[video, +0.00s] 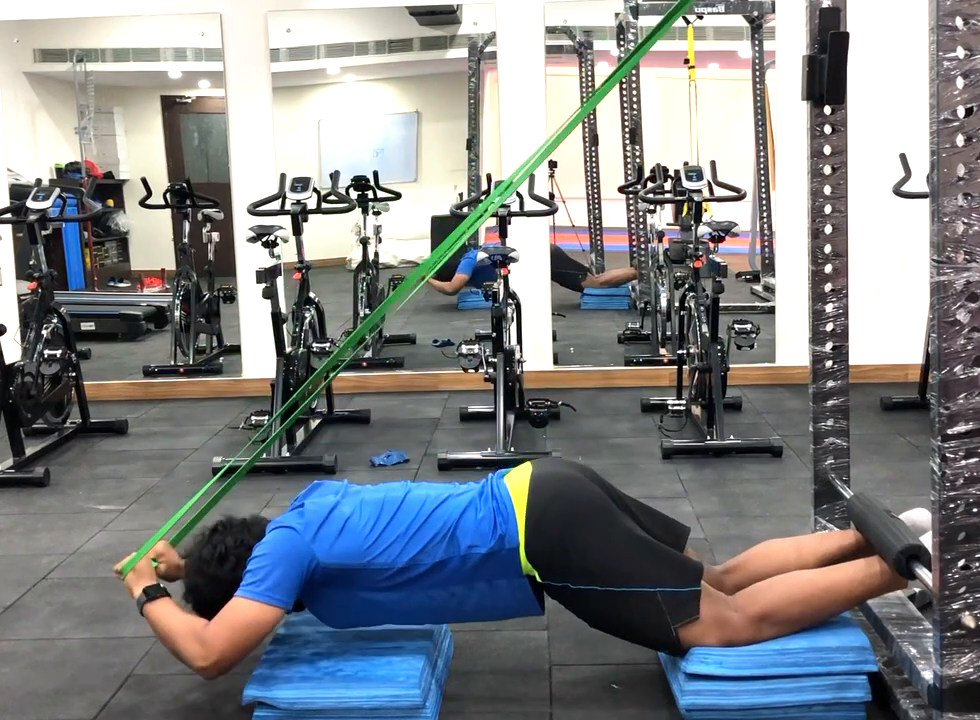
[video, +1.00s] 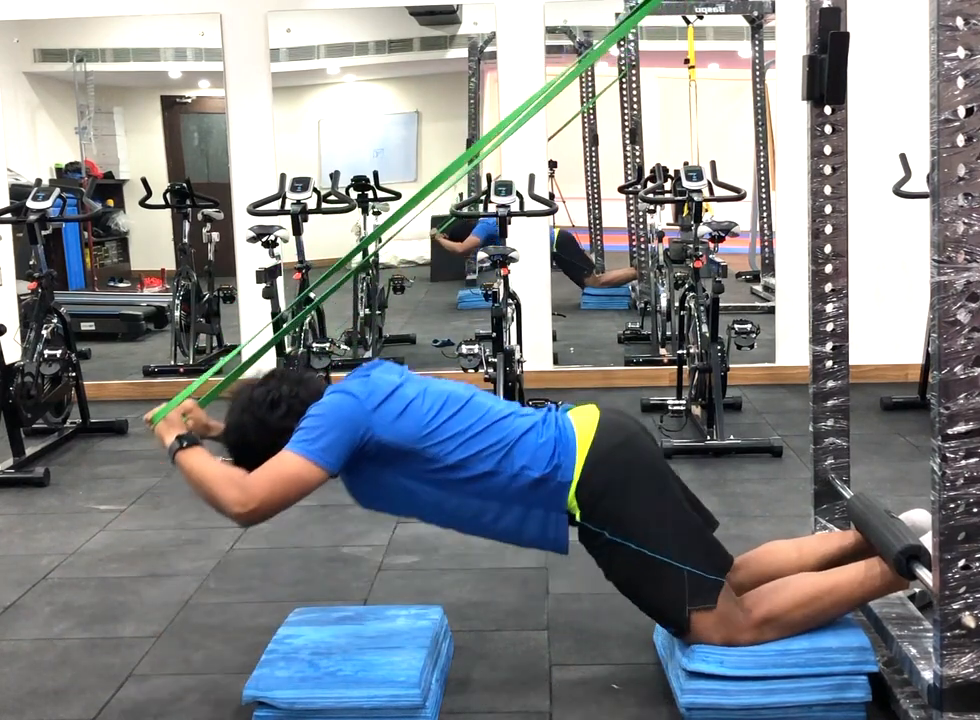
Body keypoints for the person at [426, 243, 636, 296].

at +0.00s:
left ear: (455, 248)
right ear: (463, 244)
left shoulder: (471, 257)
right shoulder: (473, 255)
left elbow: (451, 289)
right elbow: (450, 286)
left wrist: (425, 277)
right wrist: (428, 275)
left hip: (546, 259)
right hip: (544, 257)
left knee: (594, 280)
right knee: (593, 279)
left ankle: (642, 271)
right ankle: (641, 270)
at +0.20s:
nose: (443, 271)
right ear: (458, 250)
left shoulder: (471, 255)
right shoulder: (473, 254)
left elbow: (449, 285)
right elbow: (450, 284)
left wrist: (423, 273)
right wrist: (426, 273)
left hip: (546, 257)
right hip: (545, 255)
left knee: (592, 281)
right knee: (592, 278)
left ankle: (641, 271)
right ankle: (641, 270)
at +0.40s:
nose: (446, 268)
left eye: (445, 265)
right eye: (445, 265)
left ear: (453, 255)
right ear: (459, 247)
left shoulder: (471, 251)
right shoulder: (475, 248)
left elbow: (450, 278)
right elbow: (453, 276)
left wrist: (430, 268)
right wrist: (435, 269)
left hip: (547, 255)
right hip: (548, 251)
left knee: (590, 281)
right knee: (591, 278)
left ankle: (639, 271)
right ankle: (639, 270)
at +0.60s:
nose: (459, 268)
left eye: (457, 264)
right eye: (456, 265)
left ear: (458, 256)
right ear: (460, 246)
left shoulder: (473, 244)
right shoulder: (480, 240)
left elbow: (454, 267)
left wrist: (431, 260)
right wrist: (436, 258)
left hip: (548, 251)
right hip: (549, 246)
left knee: (593, 281)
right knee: (591, 277)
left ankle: (640, 271)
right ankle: (638, 270)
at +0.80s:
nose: (459, 254)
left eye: (458, 251)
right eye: (457, 251)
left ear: (462, 241)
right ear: (463, 238)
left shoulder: (480, 232)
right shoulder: (487, 231)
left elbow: (456, 258)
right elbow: (457, 256)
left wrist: (432, 247)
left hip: (553, 245)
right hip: (552, 243)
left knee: (593, 281)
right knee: (592, 280)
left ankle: (641, 271)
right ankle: (639, 270)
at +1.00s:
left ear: (490, 200)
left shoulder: (489, 220)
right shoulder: (502, 215)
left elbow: (462, 249)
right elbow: (467, 246)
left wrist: (440, 239)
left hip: (559, 242)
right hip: (556, 242)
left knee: (594, 280)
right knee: (592, 279)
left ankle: (642, 269)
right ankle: (640, 269)